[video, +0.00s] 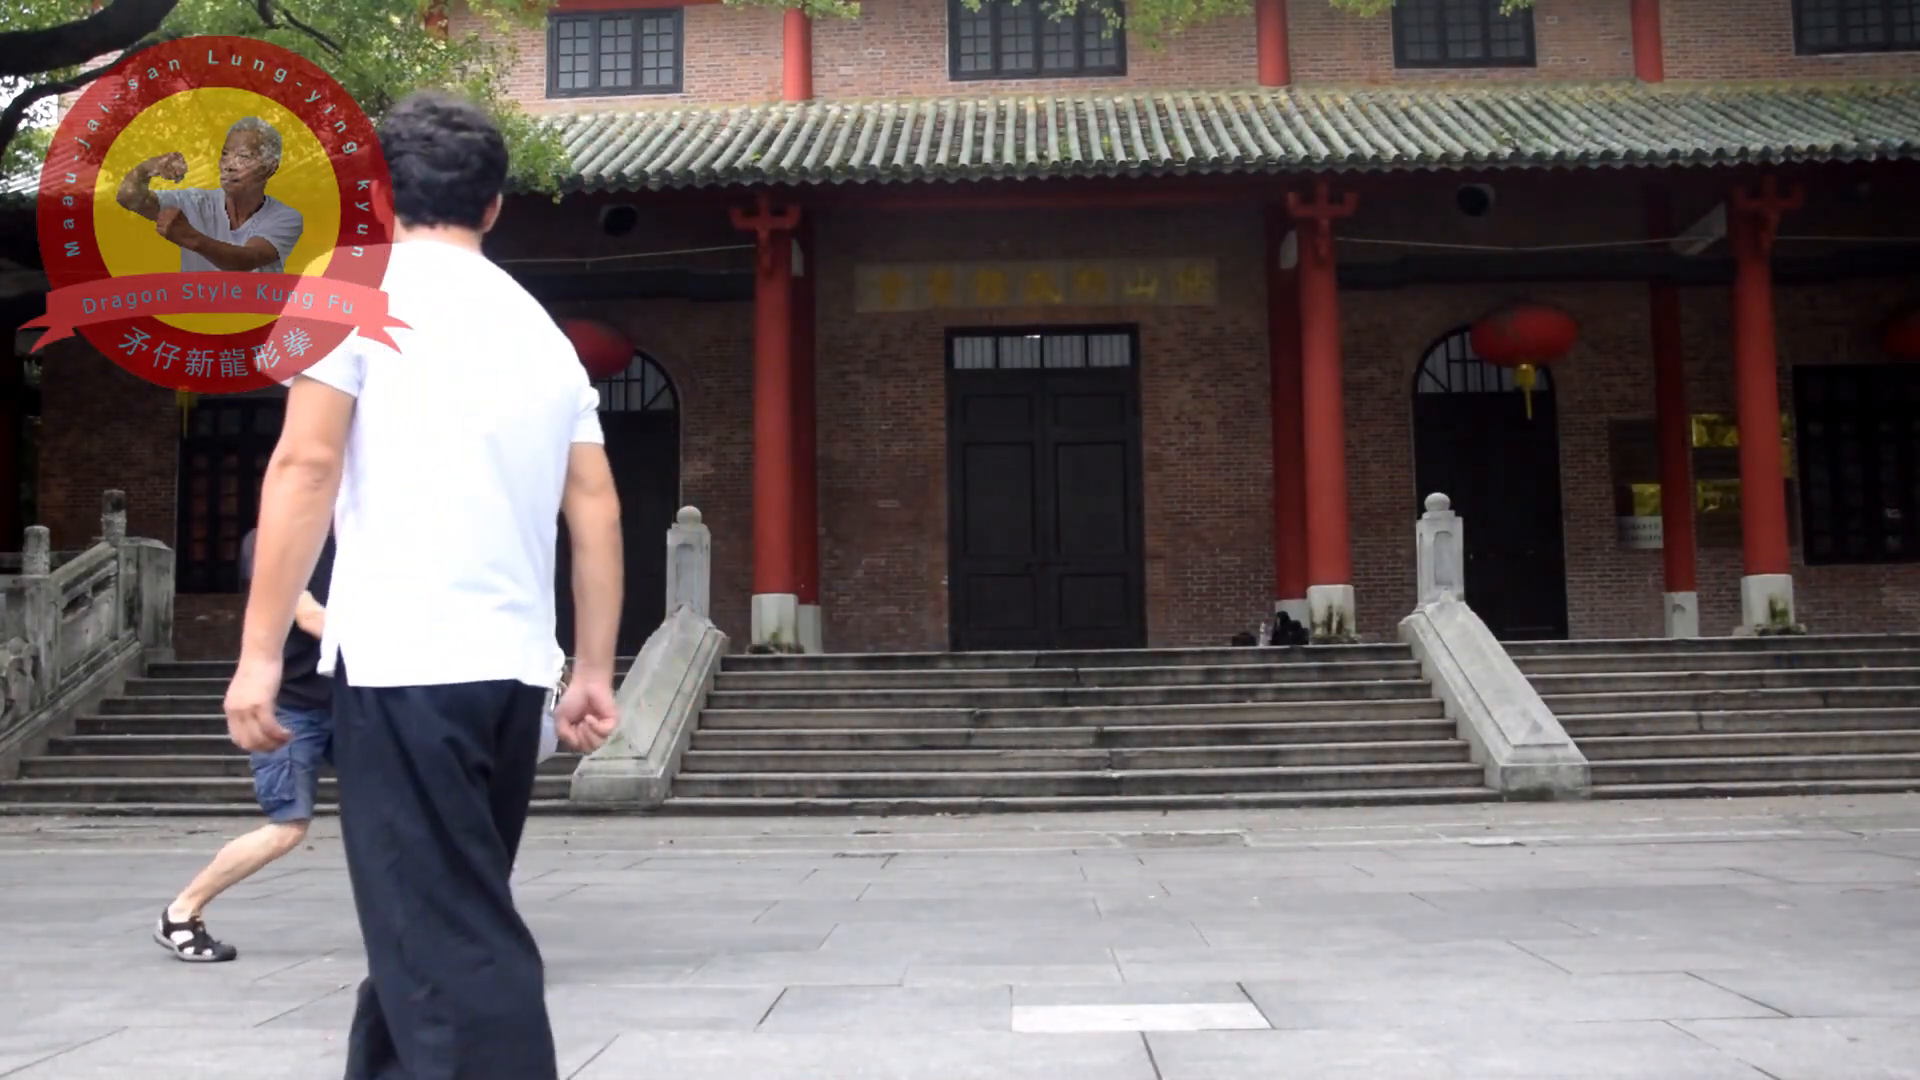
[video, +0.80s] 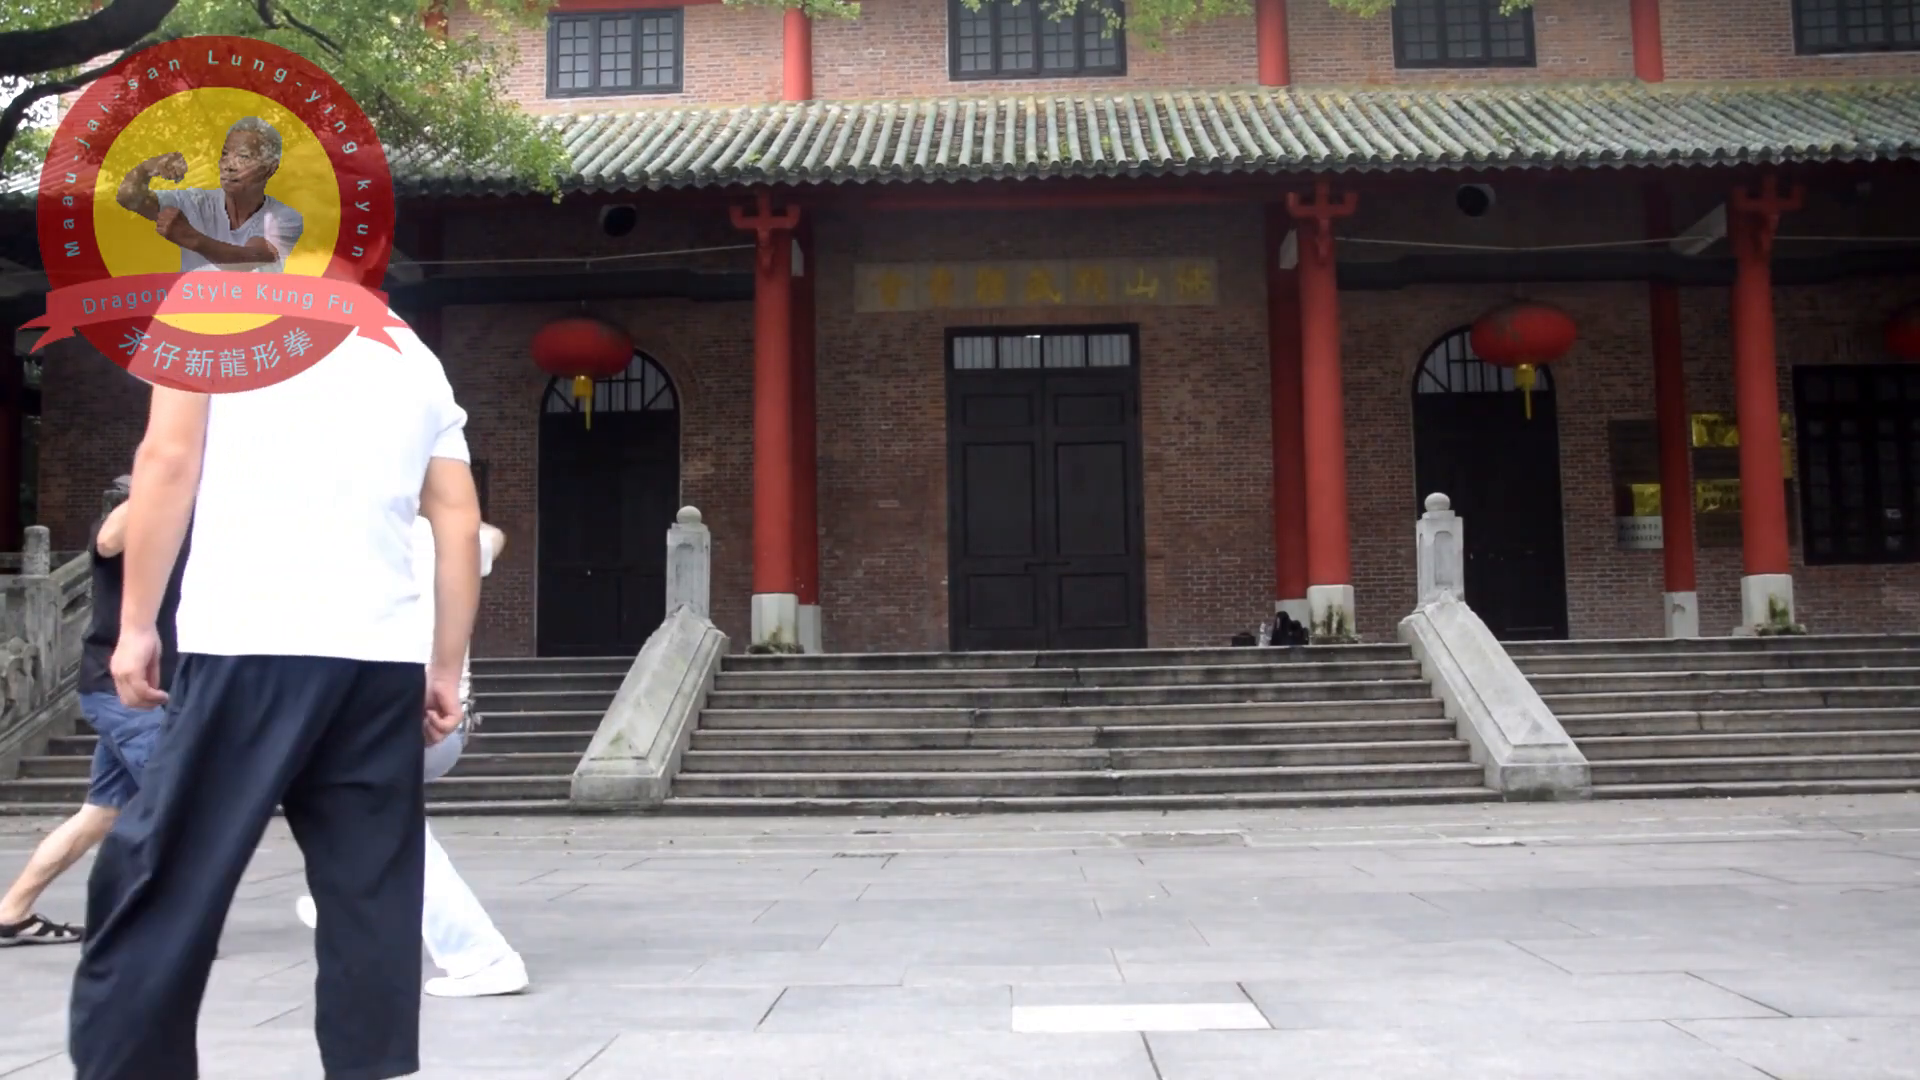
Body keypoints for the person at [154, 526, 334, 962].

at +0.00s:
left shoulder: (357, 537)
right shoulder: (277, 541)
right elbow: (310, 616)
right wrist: (372, 634)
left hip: (347, 700)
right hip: (291, 702)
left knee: (402, 814)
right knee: (287, 827)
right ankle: (181, 913)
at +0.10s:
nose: (292, 489)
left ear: (307, 489)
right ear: (257, 487)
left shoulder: (315, 538)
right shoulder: (238, 539)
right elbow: (257, 608)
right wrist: (306, 671)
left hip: (306, 697)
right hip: (250, 699)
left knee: (366, 801)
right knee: (266, 822)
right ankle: (181, 923)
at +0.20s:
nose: (265, 488)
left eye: (270, 483)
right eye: (256, 482)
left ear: (277, 489)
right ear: (236, 487)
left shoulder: (290, 540)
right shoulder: (213, 535)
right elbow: (214, 590)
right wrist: (256, 631)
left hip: (274, 691)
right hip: (218, 691)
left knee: (302, 794)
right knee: (255, 810)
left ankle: (286, 899)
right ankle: (180, 924)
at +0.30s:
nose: (258, 484)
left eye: (262, 480)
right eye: (250, 478)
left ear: (265, 485)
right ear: (218, 482)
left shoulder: (265, 528)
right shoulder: (193, 529)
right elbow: (201, 577)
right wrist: (263, 541)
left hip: (240, 688)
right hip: (190, 686)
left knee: (253, 802)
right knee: (235, 804)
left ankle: (159, 879)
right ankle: (180, 924)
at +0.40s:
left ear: (251, 476)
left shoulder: (252, 528)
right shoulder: (202, 515)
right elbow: (162, 537)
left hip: (206, 683)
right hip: (169, 676)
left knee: (183, 809)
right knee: (222, 792)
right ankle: (177, 926)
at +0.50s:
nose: (229, 466)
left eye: (234, 463)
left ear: (239, 467)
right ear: (209, 458)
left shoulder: (234, 515)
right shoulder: (178, 502)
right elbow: (144, 536)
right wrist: (198, 480)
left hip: (178, 684)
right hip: (143, 680)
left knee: (116, 802)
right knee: (209, 785)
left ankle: (21, 900)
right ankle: (175, 922)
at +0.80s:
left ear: (171, 484)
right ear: (138, 487)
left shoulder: (175, 519)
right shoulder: (123, 515)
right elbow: (108, 542)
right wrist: (157, 488)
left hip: (145, 688)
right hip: (116, 688)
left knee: (100, 816)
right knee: (183, 803)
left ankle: (12, 911)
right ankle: (178, 930)